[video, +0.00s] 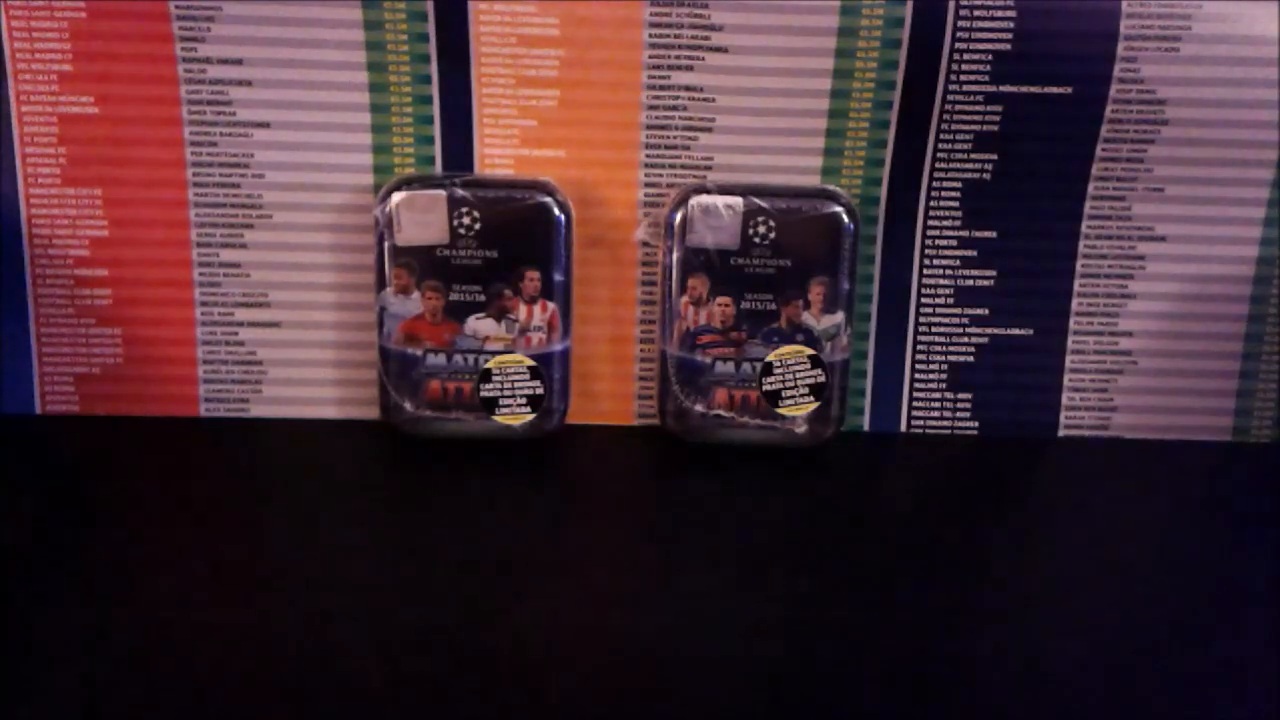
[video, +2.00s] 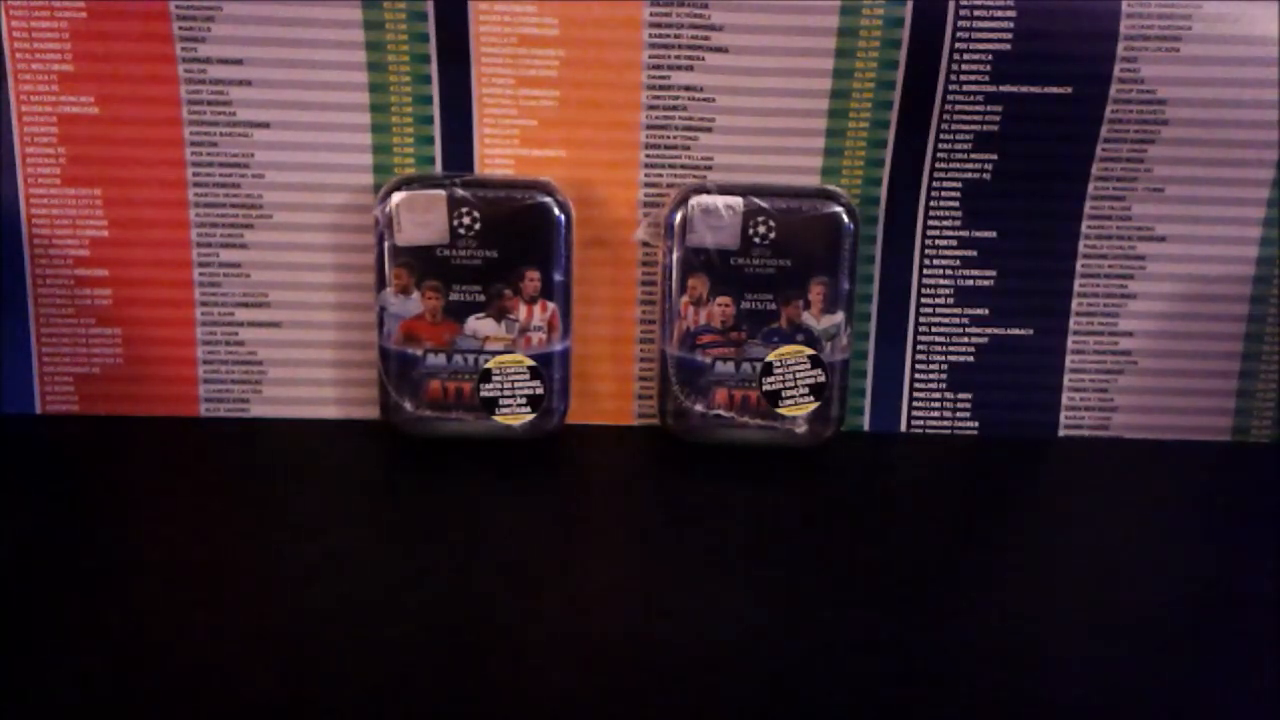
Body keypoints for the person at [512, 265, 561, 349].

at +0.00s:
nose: (536, 285)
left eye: (538, 280)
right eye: (531, 280)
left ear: (541, 283)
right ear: (521, 284)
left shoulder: (551, 308)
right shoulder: (512, 306)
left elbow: (556, 339)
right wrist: (520, 329)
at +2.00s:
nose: (536, 285)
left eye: (539, 281)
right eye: (531, 280)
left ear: (541, 283)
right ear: (521, 284)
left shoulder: (551, 308)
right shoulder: (511, 306)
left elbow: (556, 337)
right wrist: (521, 329)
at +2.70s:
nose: (536, 285)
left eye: (539, 281)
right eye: (531, 280)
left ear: (541, 283)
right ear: (521, 284)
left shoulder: (551, 308)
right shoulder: (512, 305)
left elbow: (556, 337)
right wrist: (520, 329)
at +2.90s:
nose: (536, 285)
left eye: (538, 280)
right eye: (531, 280)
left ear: (541, 283)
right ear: (521, 284)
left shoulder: (551, 308)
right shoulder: (511, 305)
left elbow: (556, 336)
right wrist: (520, 329)